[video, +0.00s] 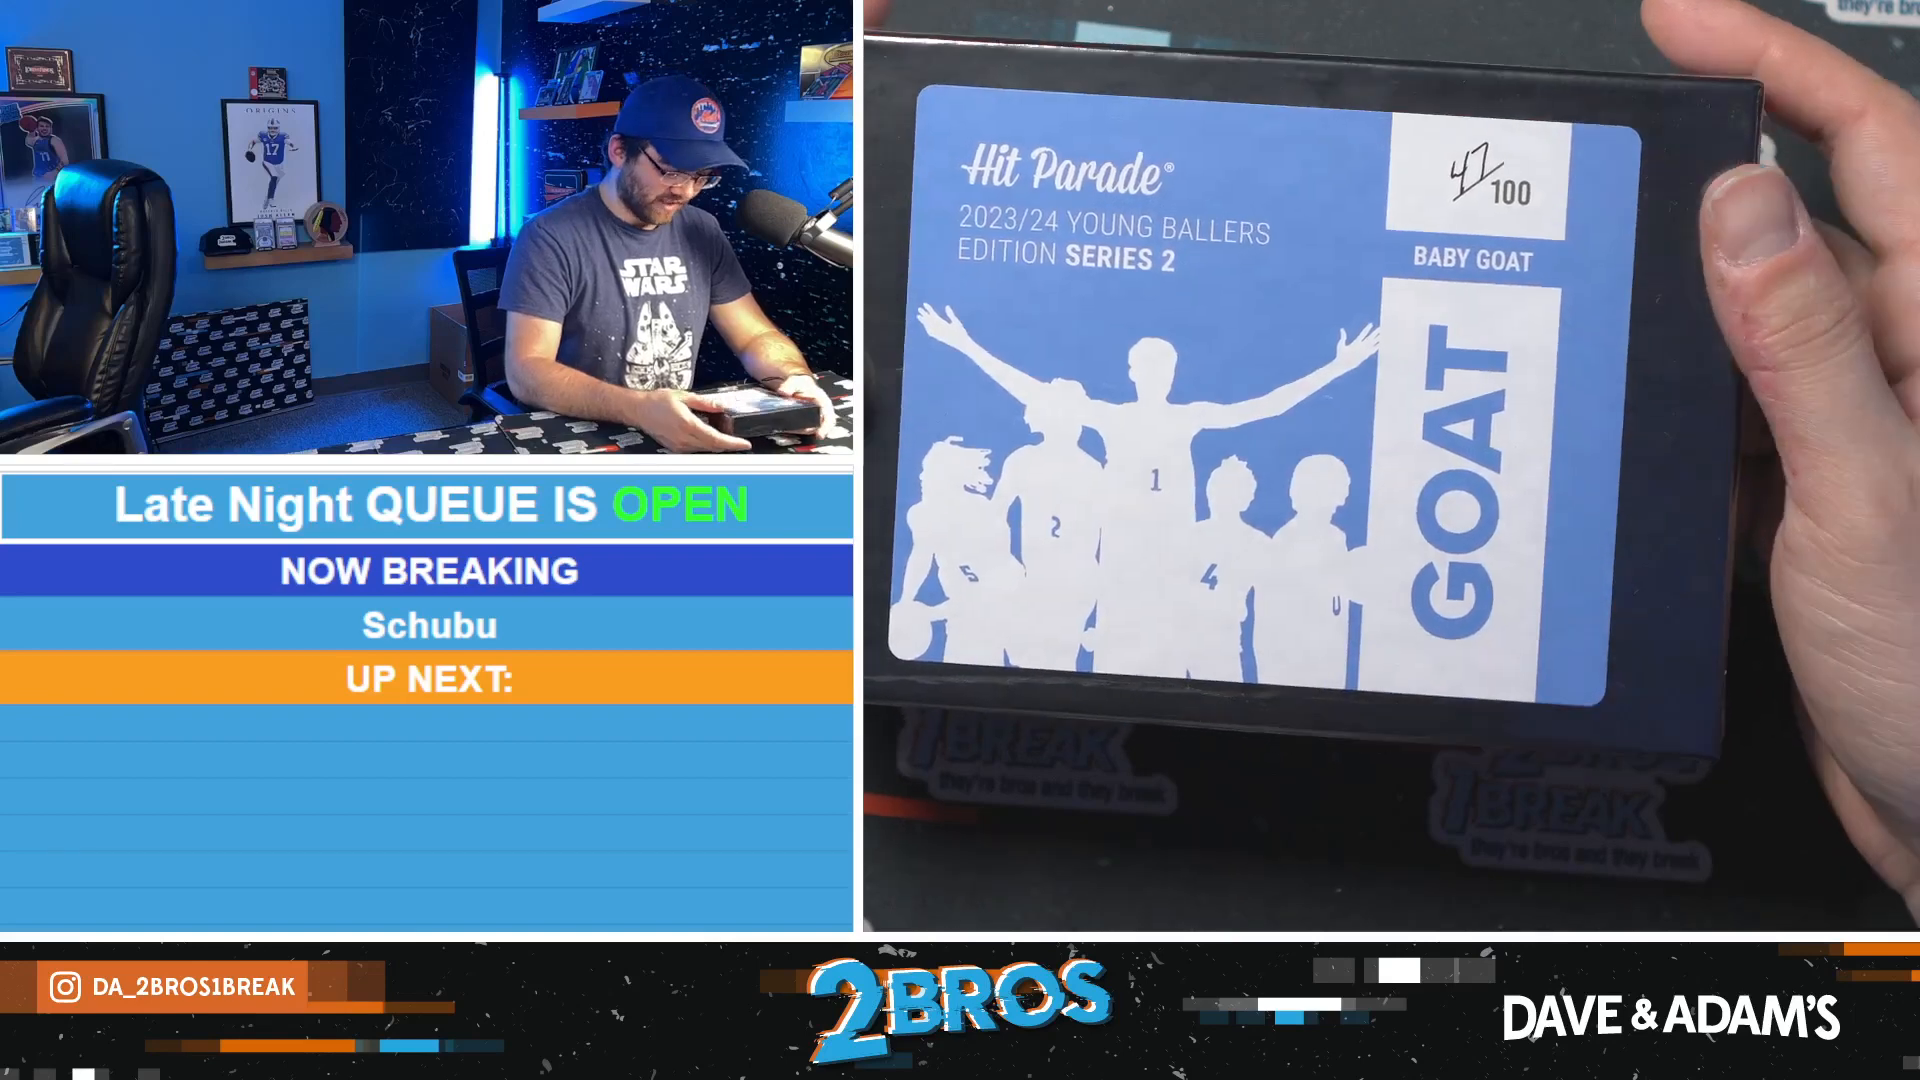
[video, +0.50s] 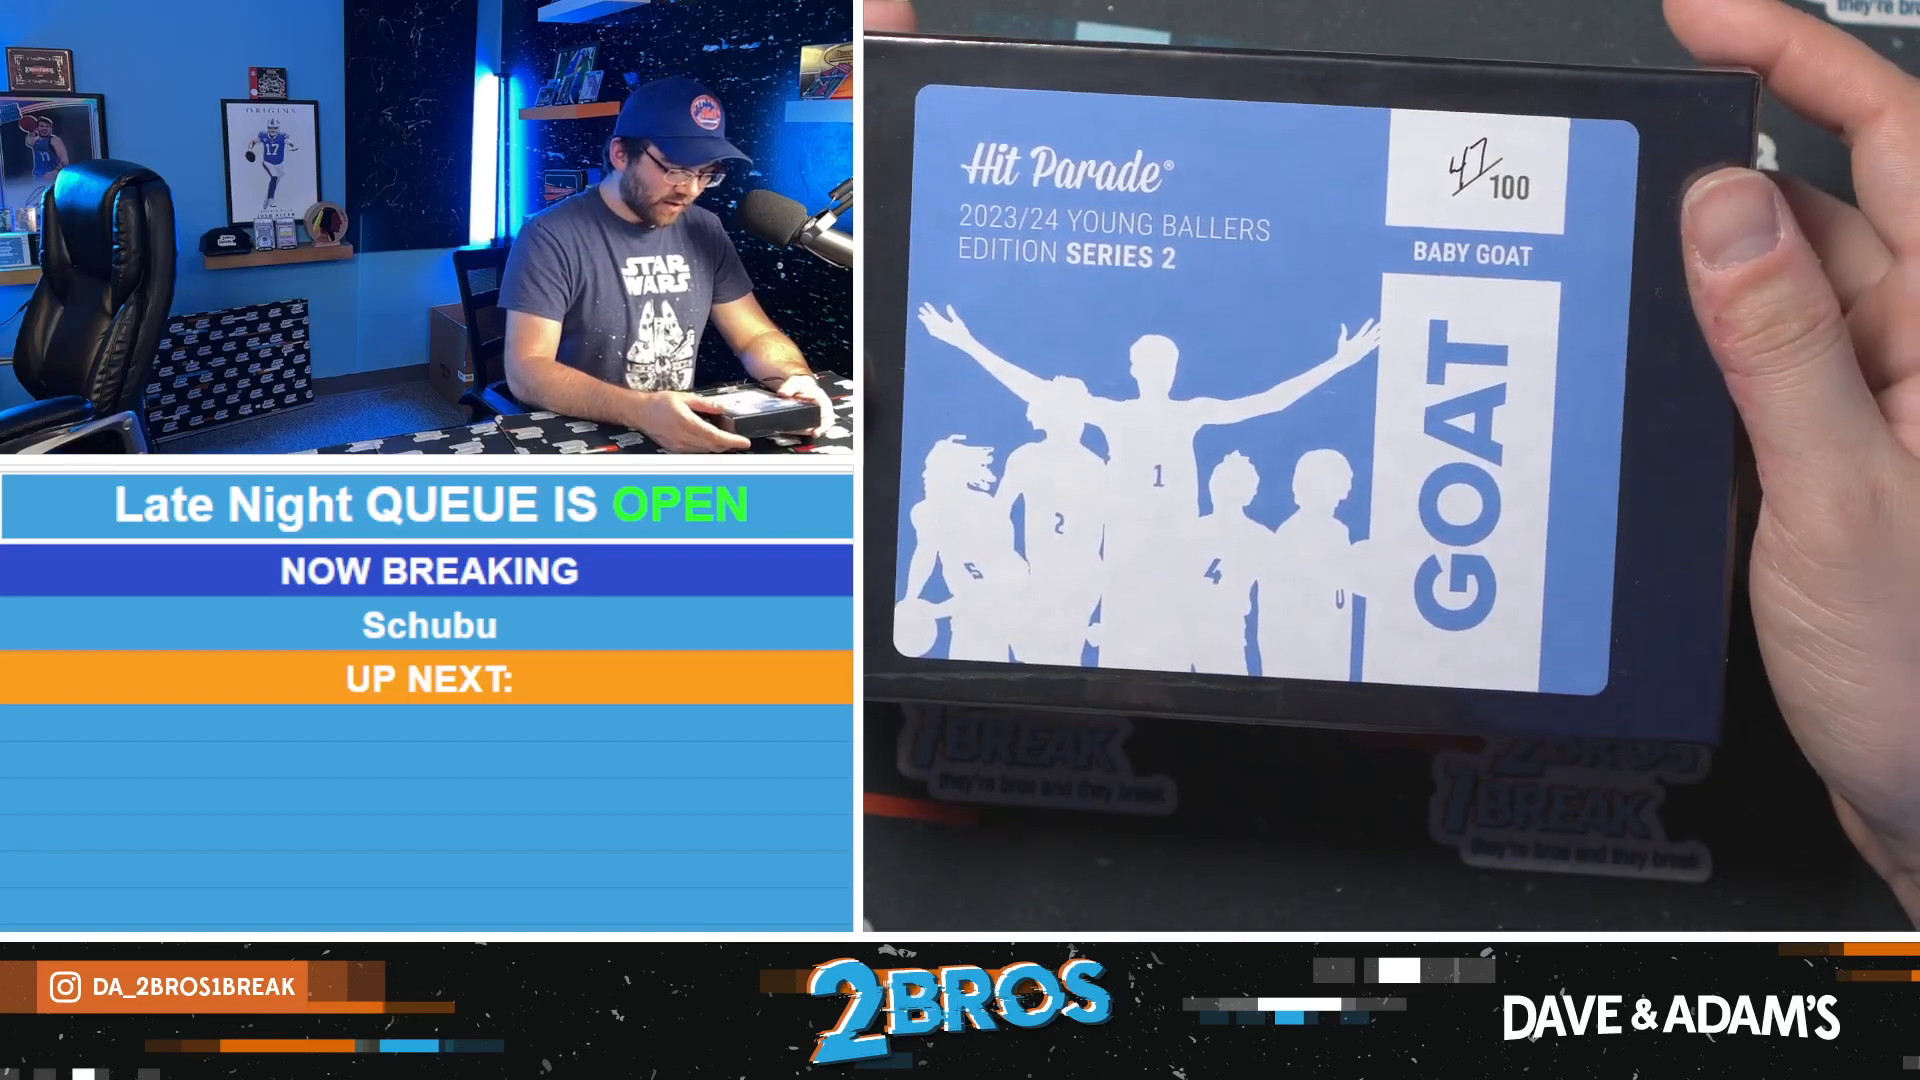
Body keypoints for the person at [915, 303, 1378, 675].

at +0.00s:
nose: (1151, 376)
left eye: (1160, 367)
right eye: (1143, 367)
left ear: (1172, 371)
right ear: (1130, 370)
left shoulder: (1191, 418)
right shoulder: (1109, 417)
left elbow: (1270, 405)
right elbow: (1030, 389)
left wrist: (1340, 365)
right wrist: (965, 345)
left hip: (1172, 542)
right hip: (1118, 541)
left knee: (1167, 641)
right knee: (1115, 638)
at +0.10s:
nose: (1151, 376)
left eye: (1160, 367)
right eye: (1144, 367)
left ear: (1172, 371)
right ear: (1129, 370)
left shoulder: (1192, 419)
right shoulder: (1110, 418)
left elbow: (1271, 405)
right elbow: (1031, 391)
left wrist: (1340, 365)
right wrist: (966, 346)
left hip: (1174, 540)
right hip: (1120, 539)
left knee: (1168, 638)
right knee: (1118, 636)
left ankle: (1168, 732)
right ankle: (1113, 724)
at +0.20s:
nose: (1154, 378)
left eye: (1162, 369)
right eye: (1147, 369)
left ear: (1174, 373)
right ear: (1132, 372)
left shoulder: (1195, 420)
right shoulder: (1112, 420)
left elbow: (1275, 406)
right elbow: (1033, 393)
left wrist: (1341, 367)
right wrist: (967, 350)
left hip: (1180, 547)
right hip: (1125, 546)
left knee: (1176, 646)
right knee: (1122, 644)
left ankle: (1176, 738)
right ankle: (1117, 734)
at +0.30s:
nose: (1155, 374)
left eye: (1163, 365)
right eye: (1147, 365)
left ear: (1175, 369)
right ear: (1133, 368)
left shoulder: (1196, 416)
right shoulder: (1113, 416)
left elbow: (1276, 401)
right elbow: (1033, 389)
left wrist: (1343, 362)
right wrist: (968, 345)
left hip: (1180, 543)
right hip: (1125, 542)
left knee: (1176, 643)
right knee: (1121, 642)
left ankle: (1176, 740)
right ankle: (1116, 734)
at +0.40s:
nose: (1155, 375)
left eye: (1163, 366)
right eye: (1147, 366)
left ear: (1174, 370)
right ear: (1132, 369)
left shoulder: (1194, 418)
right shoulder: (1111, 418)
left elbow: (1273, 403)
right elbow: (1032, 390)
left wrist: (1342, 363)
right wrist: (967, 346)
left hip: (1179, 546)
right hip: (1123, 545)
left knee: (1175, 646)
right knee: (1120, 644)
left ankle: (1174, 740)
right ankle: (1114, 733)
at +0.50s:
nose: (1154, 372)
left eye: (1162, 363)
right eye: (1146, 363)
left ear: (1174, 366)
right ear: (1131, 366)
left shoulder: (1195, 414)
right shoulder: (1112, 414)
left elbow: (1274, 400)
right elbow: (1033, 388)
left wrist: (1342, 359)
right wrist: (967, 344)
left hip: (1180, 542)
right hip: (1124, 541)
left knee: (1175, 642)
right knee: (1121, 641)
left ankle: (1176, 736)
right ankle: (1115, 731)